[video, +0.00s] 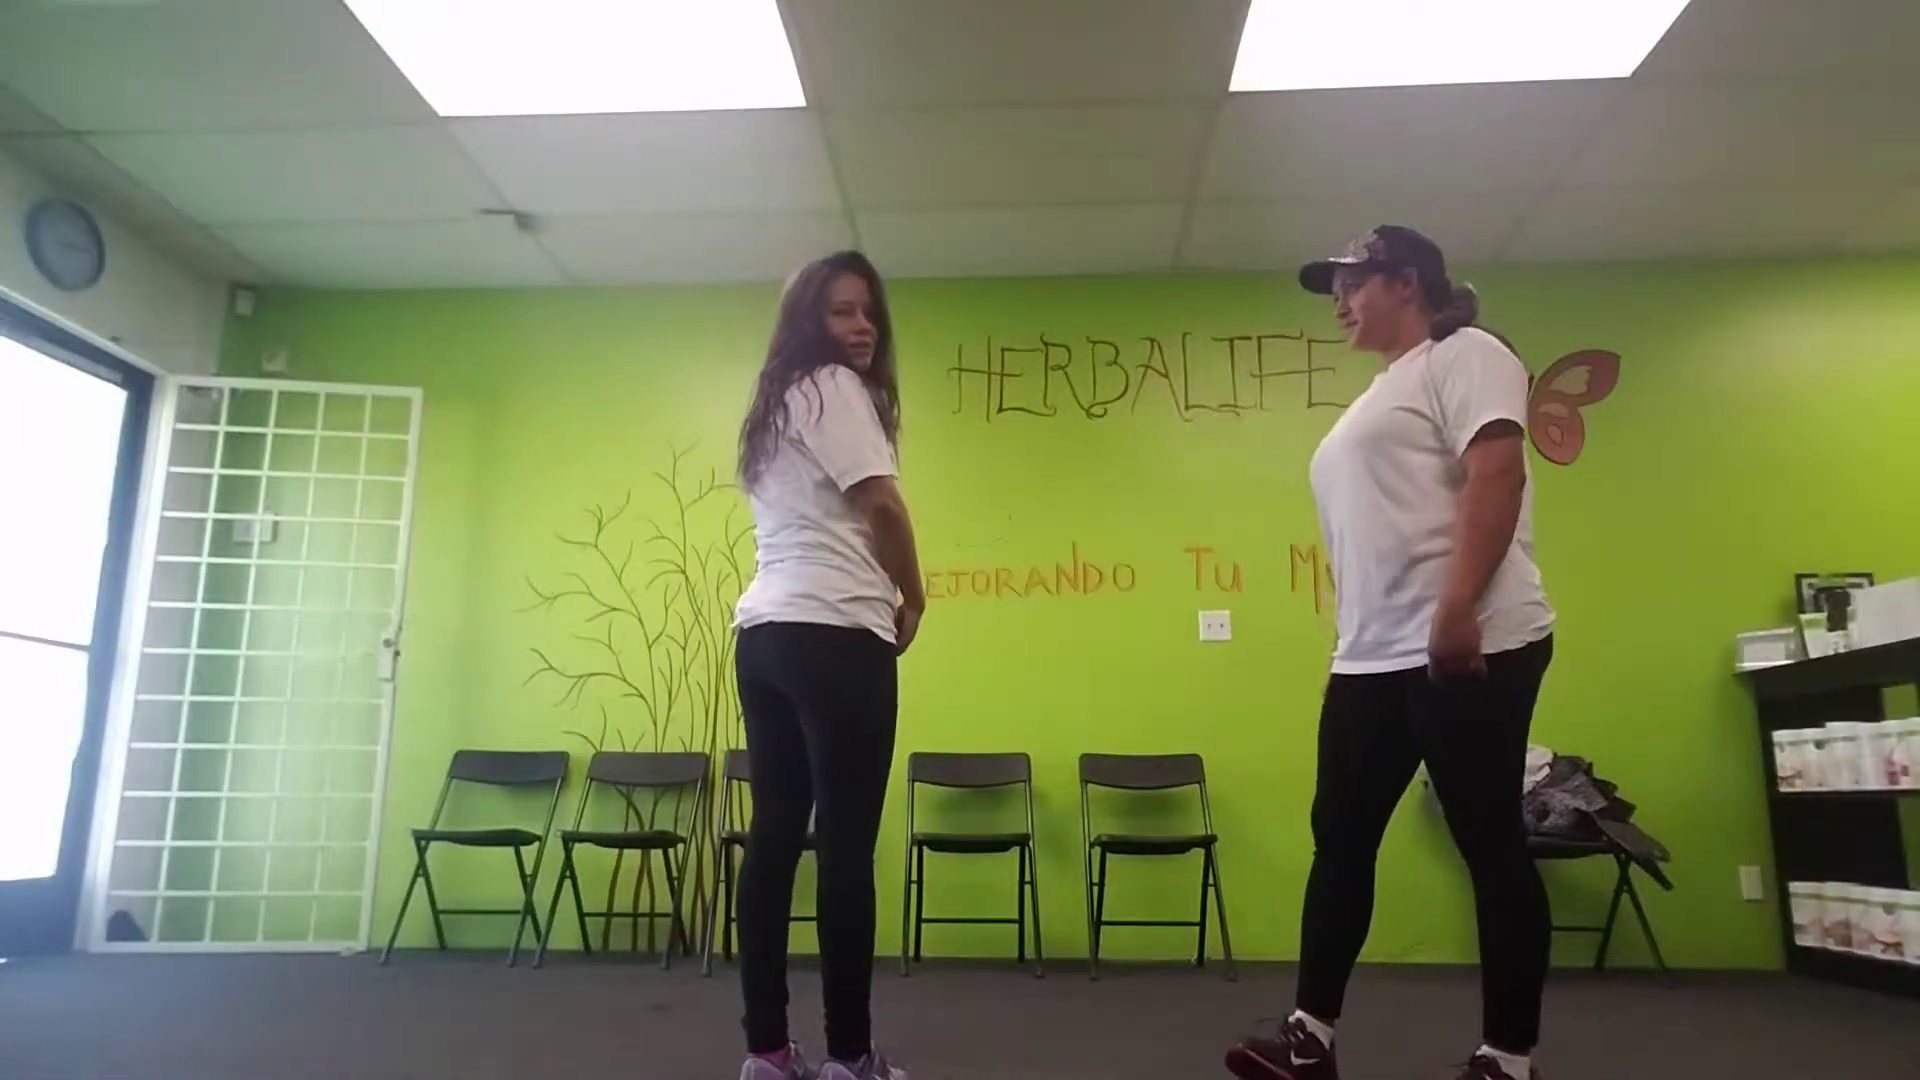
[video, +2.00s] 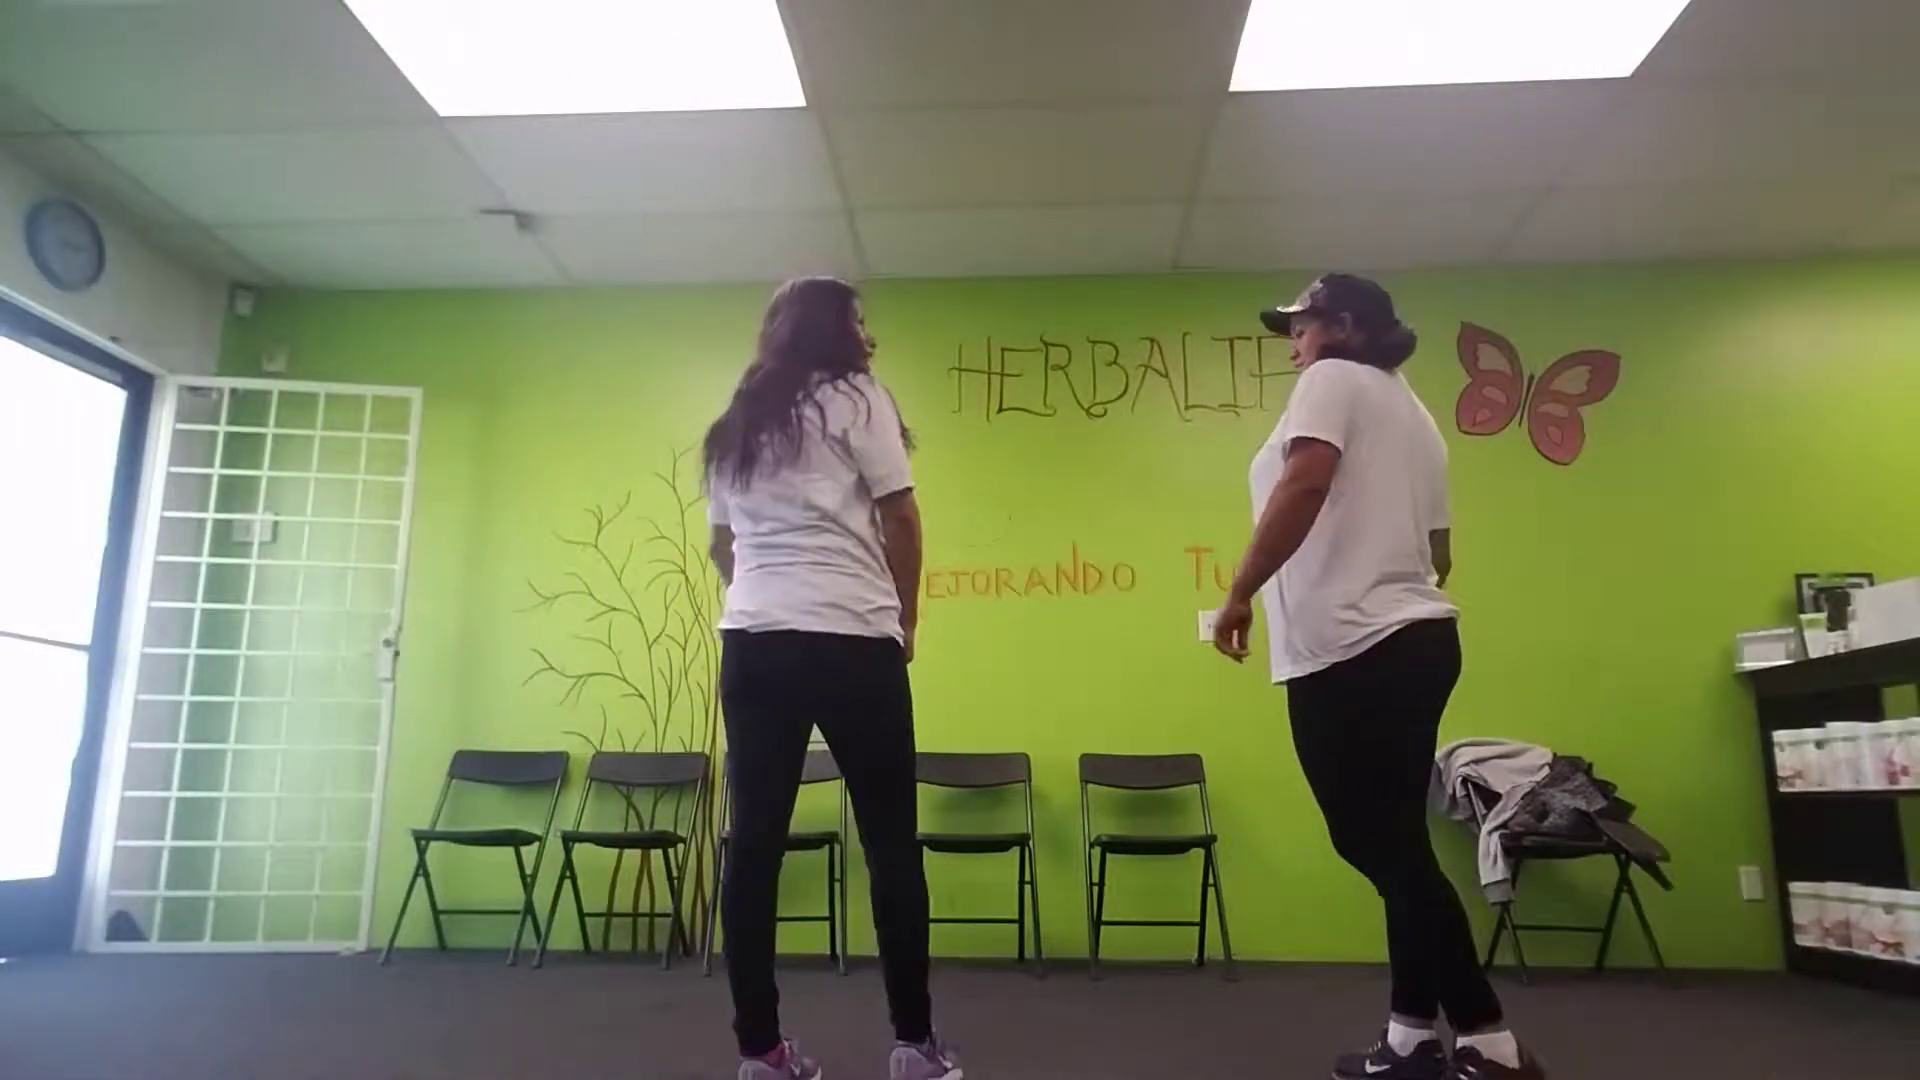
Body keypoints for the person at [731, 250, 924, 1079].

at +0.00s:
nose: (859, 325)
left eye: (867, 312)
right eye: (841, 311)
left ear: (877, 320)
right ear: (808, 320)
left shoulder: (777, 398)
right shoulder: (836, 387)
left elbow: (793, 527)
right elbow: (881, 507)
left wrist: (880, 597)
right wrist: (914, 595)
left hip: (765, 633)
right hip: (835, 632)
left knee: (773, 841)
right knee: (848, 851)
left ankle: (767, 1052)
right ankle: (849, 1056)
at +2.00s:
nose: (869, 337)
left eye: (866, 324)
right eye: (860, 324)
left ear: (782, 334)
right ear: (834, 329)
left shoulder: (736, 414)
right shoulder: (857, 393)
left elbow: (724, 548)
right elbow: (900, 521)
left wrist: (764, 622)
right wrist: (904, 621)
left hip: (754, 644)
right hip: (854, 638)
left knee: (752, 849)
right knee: (893, 846)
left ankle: (758, 1050)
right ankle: (914, 1046)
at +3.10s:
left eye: (794, 334)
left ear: (794, 344)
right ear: (881, 346)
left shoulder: (764, 421)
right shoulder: (913, 427)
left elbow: (750, 545)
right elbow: (932, 540)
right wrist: (859, 507)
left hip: (779, 647)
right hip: (884, 650)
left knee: (744, 850)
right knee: (901, 851)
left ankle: (707, 1050)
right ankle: (927, 1052)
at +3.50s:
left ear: (796, 355)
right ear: (881, 358)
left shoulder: (762, 433)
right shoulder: (909, 436)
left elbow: (748, 525)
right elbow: (926, 542)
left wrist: (822, 510)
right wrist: (856, 506)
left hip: (771, 645)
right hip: (876, 650)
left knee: (738, 847)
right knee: (910, 849)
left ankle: (698, 1052)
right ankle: (933, 1049)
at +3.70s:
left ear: (818, 373)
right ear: (902, 375)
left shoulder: (781, 445)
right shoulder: (927, 450)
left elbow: (771, 544)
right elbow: (942, 555)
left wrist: (843, 527)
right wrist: (869, 522)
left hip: (786, 651)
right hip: (895, 657)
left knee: (740, 842)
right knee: (918, 853)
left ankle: (697, 1045)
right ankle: (937, 1051)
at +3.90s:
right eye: (894, 406)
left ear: (813, 412)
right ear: (896, 413)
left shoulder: (777, 477)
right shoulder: (920, 483)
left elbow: (770, 572)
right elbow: (943, 586)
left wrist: (838, 550)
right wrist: (876, 544)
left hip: (775, 668)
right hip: (886, 676)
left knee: (729, 856)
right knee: (925, 860)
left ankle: (697, 1050)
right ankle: (936, 1051)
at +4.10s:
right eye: (889, 478)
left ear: (809, 480)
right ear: (890, 483)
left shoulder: (772, 541)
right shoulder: (908, 548)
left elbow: (767, 624)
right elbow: (941, 650)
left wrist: (833, 606)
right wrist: (882, 599)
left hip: (767, 723)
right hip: (879, 732)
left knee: (718, 867)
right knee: (943, 864)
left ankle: (700, 1045)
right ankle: (936, 1044)